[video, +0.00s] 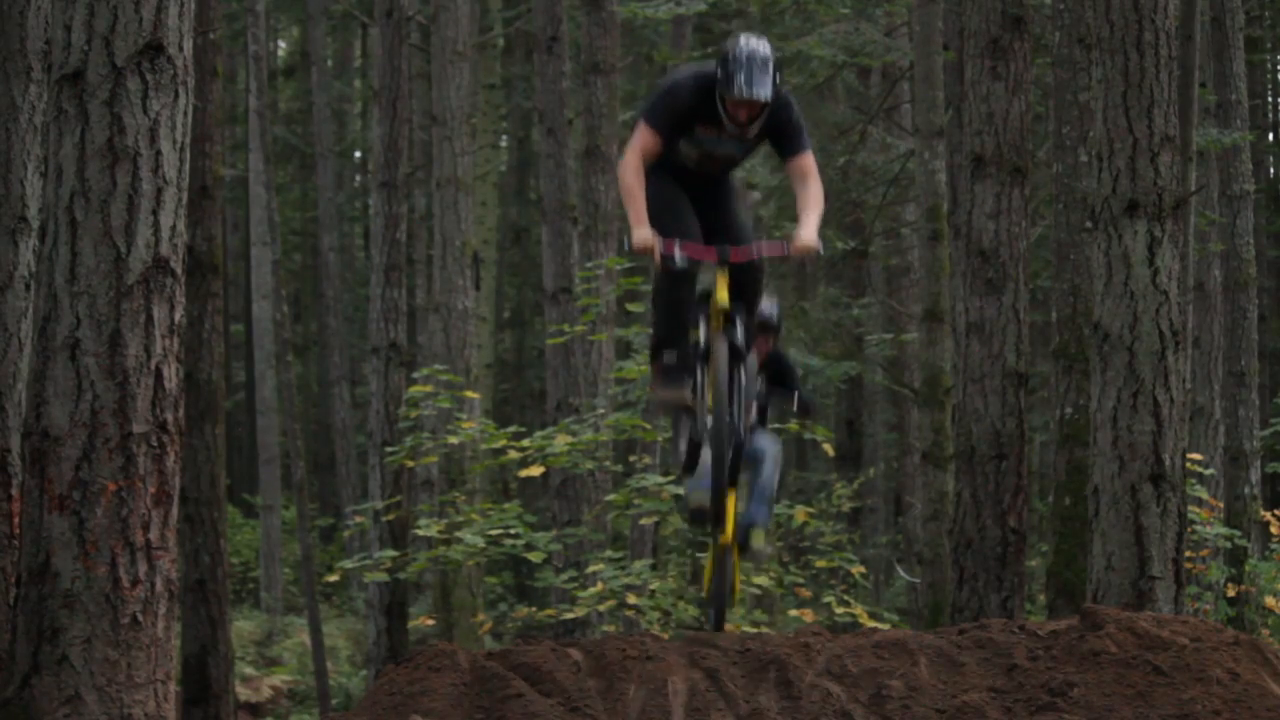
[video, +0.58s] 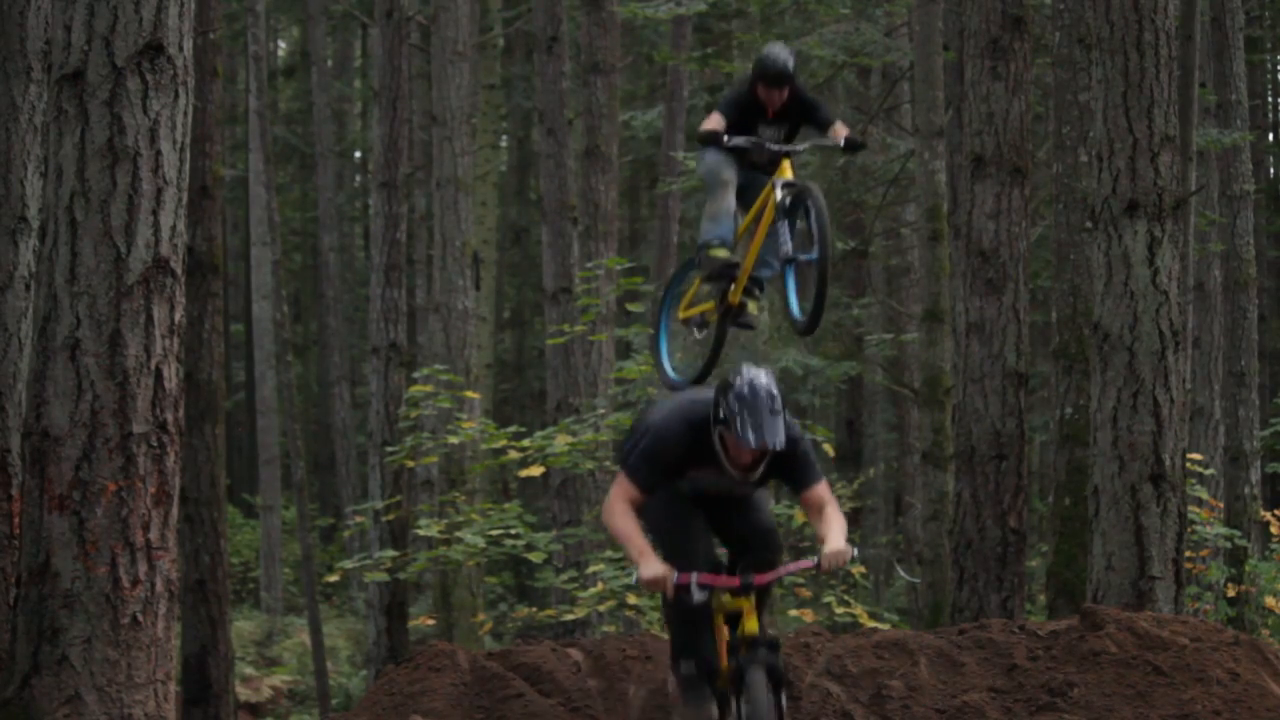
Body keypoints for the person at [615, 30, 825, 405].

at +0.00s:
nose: (744, 113)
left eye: (754, 105)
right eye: (737, 103)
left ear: (769, 95)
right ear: (720, 87)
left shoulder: (777, 107)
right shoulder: (686, 91)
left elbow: (806, 175)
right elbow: (632, 157)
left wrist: (808, 228)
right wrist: (639, 226)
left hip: (715, 183)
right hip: (664, 177)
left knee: (748, 267)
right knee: (681, 251)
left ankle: (742, 358)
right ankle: (667, 362)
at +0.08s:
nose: (746, 171)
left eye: (755, 163)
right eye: (738, 160)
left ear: (770, 151)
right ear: (720, 144)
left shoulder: (779, 162)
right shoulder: (684, 153)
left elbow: (810, 235)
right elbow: (636, 226)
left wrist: (817, 305)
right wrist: (648, 303)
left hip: (716, 237)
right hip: (666, 236)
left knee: (751, 327)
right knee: (682, 318)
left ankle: (737, 421)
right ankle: (667, 431)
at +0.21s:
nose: (744, 206)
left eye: (754, 198)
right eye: (736, 196)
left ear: (770, 186)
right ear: (719, 179)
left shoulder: (783, 199)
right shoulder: (681, 192)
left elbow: (813, 273)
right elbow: (639, 267)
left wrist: (822, 347)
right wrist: (652, 347)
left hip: (721, 274)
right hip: (668, 274)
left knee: (745, 365)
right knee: (681, 365)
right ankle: (663, 477)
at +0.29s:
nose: (744, 293)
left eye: (756, 284)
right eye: (736, 281)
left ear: (771, 271)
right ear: (716, 264)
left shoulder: (781, 274)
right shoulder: (675, 281)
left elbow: (815, 362)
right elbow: (648, 365)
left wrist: (831, 448)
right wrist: (661, 453)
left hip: (721, 347)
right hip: (668, 348)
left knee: (735, 460)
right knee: (679, 461)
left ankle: (722, 564)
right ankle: (669, 581)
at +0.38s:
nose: (746, 339)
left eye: (757, 329)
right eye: (737, 327)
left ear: (771, 319)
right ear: (718, 312)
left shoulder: (782, 329)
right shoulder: (677, 328)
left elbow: (817, 412)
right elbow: (654, 414)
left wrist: (834, 491)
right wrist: (663, 497)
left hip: (719, 383)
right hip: (663, 383)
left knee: (736, 494)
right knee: (682, 493)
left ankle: (723, 601)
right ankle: (671, 607)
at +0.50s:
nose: (747, 427)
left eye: (758, 416)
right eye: (739, 414)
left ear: (775, 403)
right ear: (719, 398)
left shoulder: (784, 412)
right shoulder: (676, 405)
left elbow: (828, 480)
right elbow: (618, 480)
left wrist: (835, 527)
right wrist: (647, 540)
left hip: (723, 465)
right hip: (665, 465)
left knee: (755, 531)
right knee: (695, 542)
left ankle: (743, 627)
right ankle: (684, 647)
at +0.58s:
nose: (750, 454)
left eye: (760, 445)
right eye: (743, 442)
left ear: (776, 430)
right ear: (722, 425)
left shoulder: (784, 438)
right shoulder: (672, 431)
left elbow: (823, 504)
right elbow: (615, 505)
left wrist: (834, 542)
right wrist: (647, 561)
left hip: (734, 491)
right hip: (671, 491)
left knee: (763, 546)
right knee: (693, 569)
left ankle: (749, 632)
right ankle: (691, 673)